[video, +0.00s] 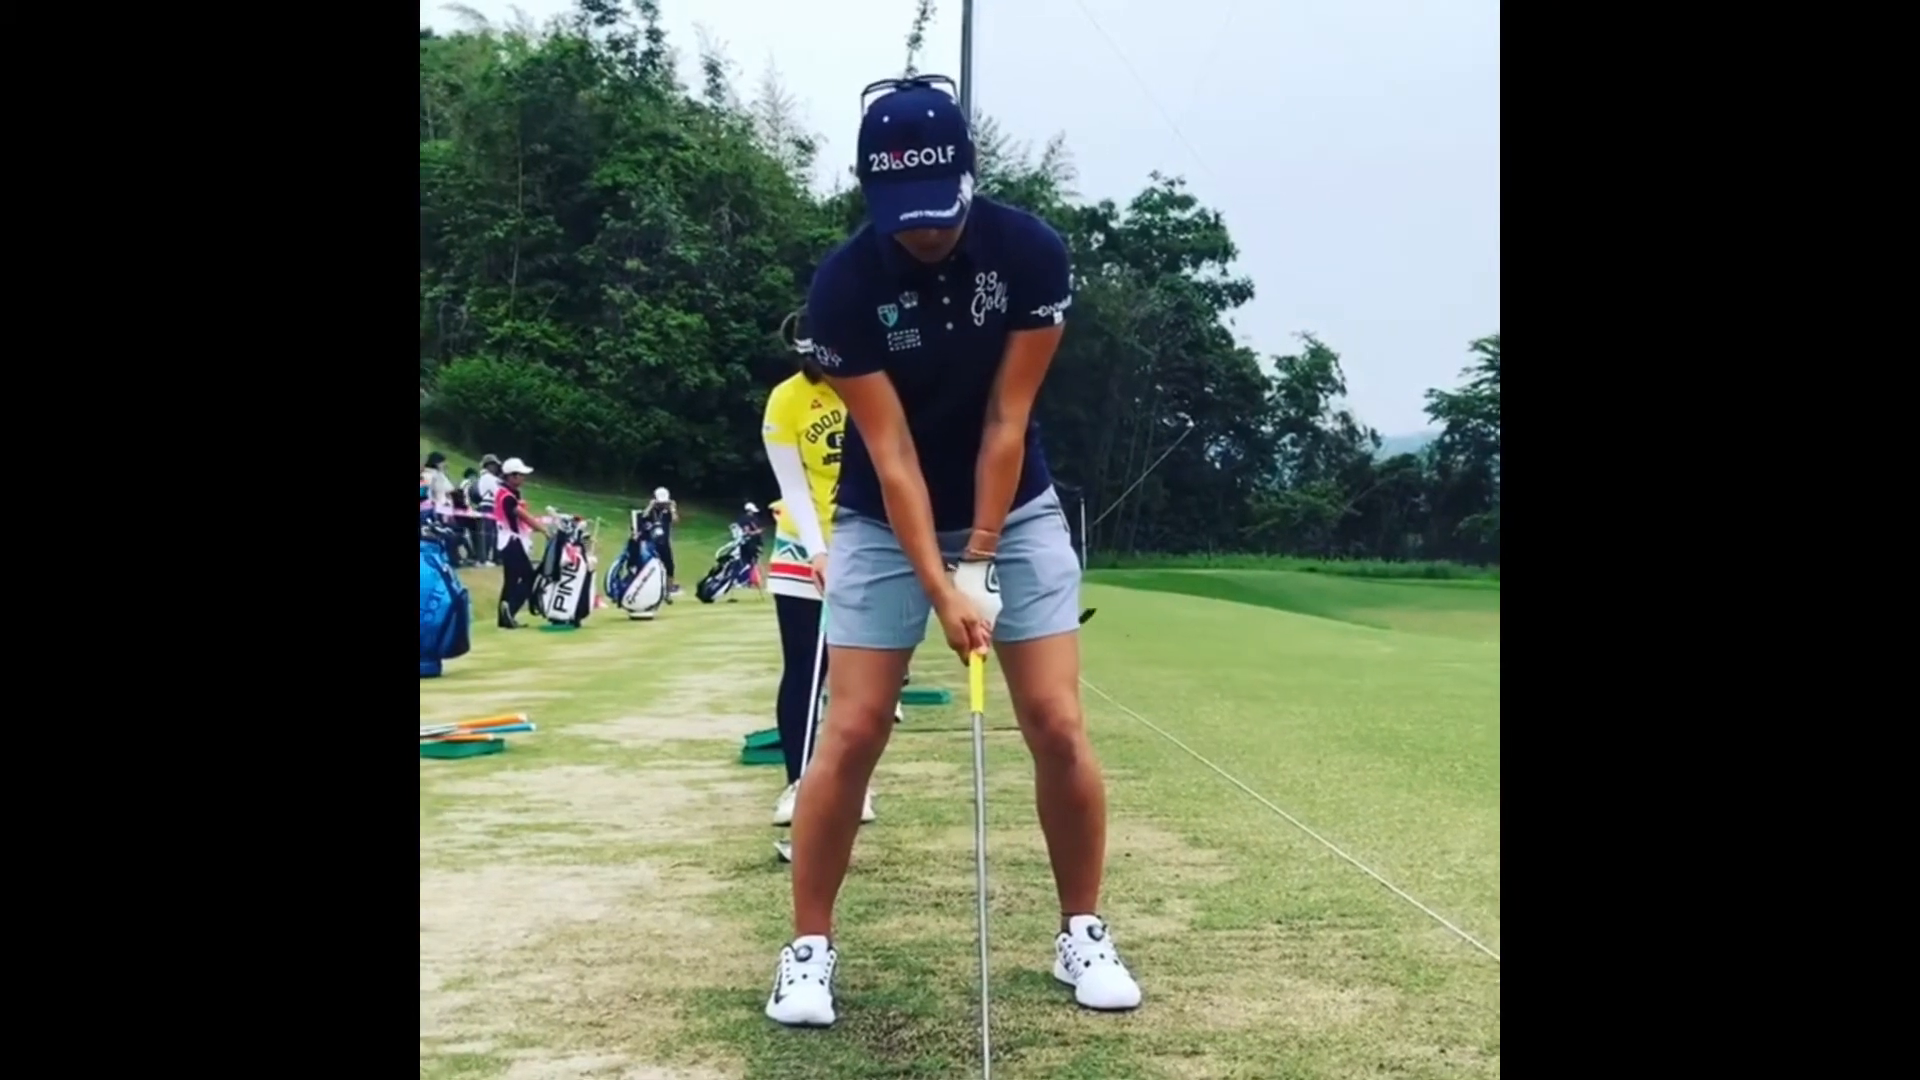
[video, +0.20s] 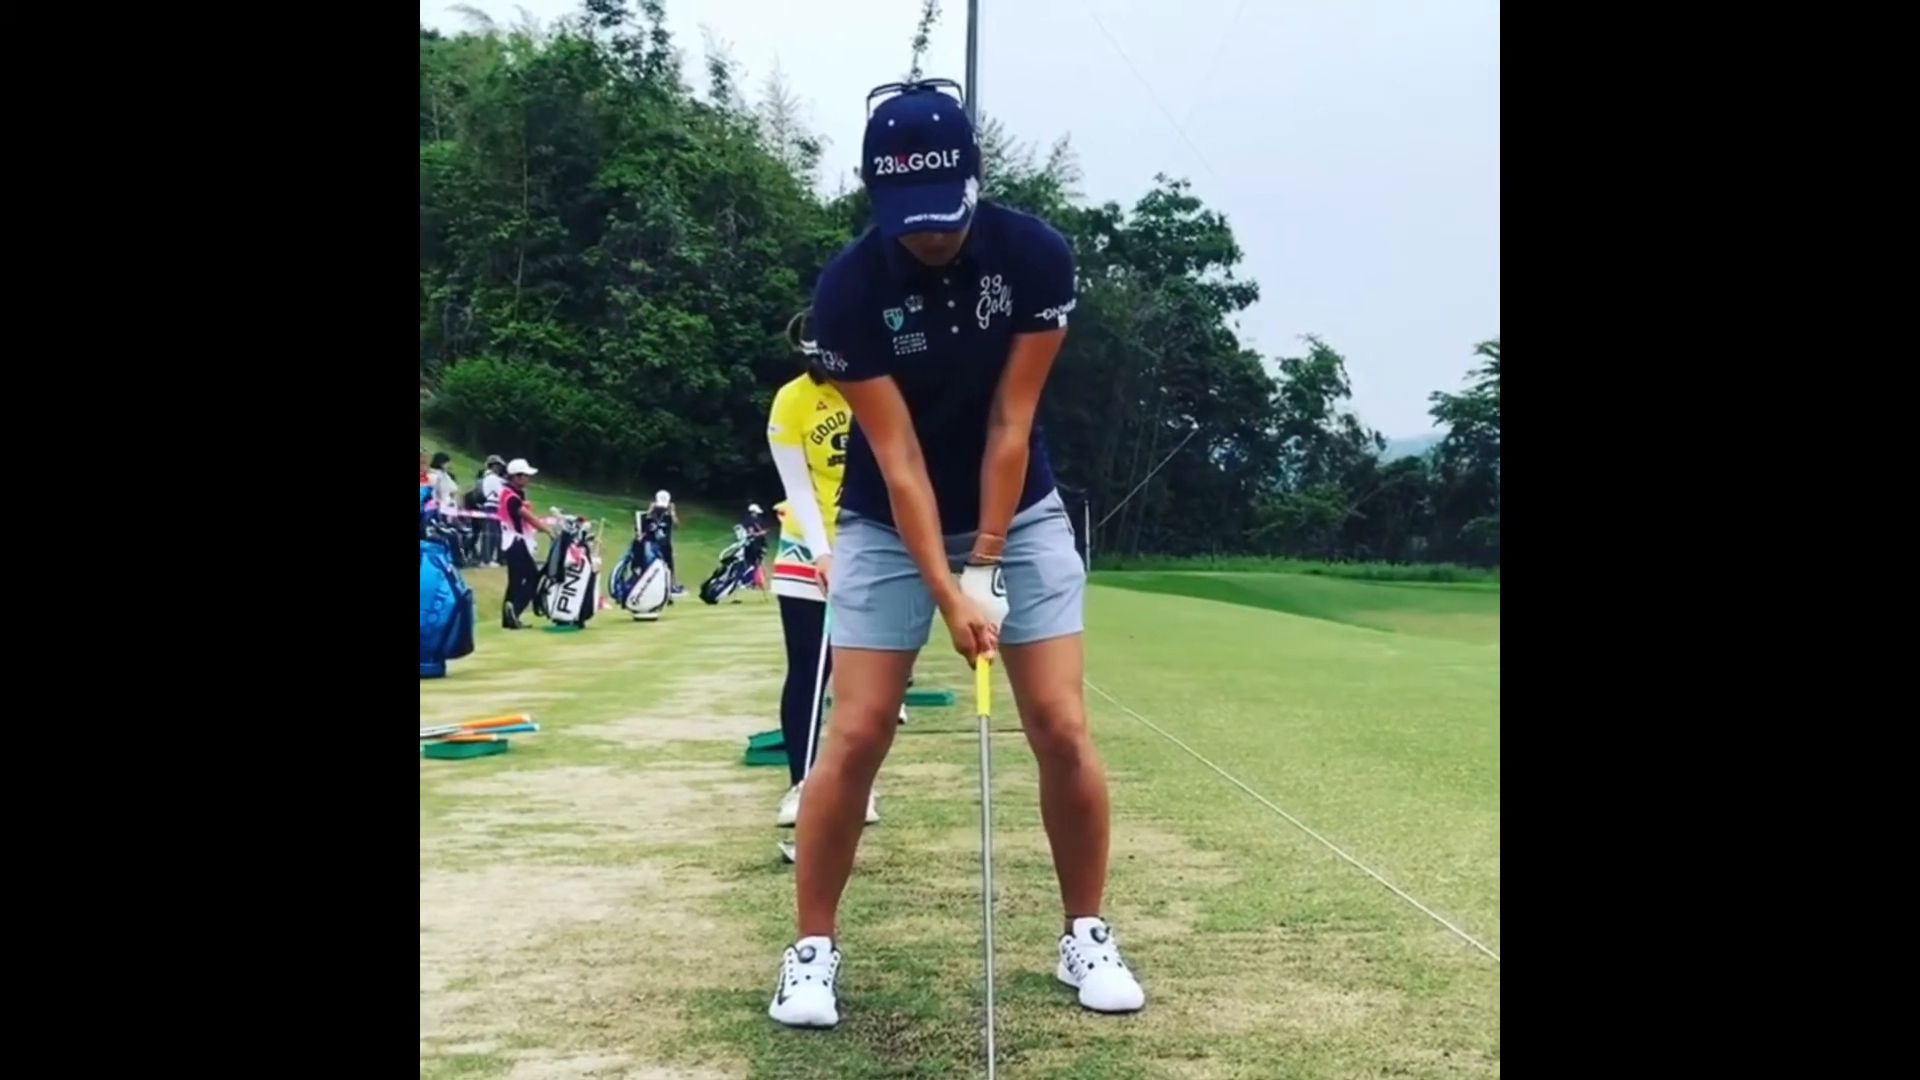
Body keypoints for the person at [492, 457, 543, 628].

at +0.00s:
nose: (523, 479)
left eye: (523, 476)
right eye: (520, 476)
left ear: (512, 478)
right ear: (511, 477)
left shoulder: (507, 493)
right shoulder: (507, 497)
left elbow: (523, 515)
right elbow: (525, 517)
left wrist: (540, 524)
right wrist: (543, 529)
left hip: (508, 538)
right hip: (511, 540)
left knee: (511, 578)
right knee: (528, 575)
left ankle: (504, 616)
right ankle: (510, 608)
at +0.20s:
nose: (527, 480)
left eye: (527, 476)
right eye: (524, 476)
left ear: (516, 478)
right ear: (515, 478)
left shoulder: (510, 494)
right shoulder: (512, 498)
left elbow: (527, 516)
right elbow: (529, 518)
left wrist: (544, 524)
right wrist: (548, 530)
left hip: (512, 538)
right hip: (516, 540)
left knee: (515, 579)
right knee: (533, 576)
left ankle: (508, 616)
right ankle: (515, 608)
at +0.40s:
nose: (533, 482)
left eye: (533, 478)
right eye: (530, 478)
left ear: (521, 480)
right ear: (521, 479)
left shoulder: (514, 495)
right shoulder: (516, 499)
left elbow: (532, 518)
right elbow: (533, 519)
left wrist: (550, 525)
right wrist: (552, 531)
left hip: (517, 540)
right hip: (520, 542)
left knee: (519, 580)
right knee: (537, 577)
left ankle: (513, 618)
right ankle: (519, 610)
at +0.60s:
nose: (538, 485)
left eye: (538, 481)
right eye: (535, 481)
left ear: (528, 483)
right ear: (526, 483)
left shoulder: (522, 499)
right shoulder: (522, 503)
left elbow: (538, 522)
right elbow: (539, 523)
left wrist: (556, 528)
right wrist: (557, 533)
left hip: (524, 544)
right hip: (526, 546)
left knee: (525, 584)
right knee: (543, 581)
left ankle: (519, 622)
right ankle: (525, 613)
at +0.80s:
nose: (544, 488)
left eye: (544, 484)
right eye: (541, 484)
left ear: (533, 486)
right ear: (531, 485)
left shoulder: (527, 502)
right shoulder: (527, 506)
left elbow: (543, 524)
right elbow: (544, 525)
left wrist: (560, 531)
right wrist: (562, 536)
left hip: (531, 548)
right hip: (530, 549)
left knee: (530, 586)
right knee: (548, 583)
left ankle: (524, 623)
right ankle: (529, 618)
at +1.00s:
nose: (545, 491)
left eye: (546, 488)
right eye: (542, 488)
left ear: (535, 490)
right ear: (533, 489)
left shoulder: (529, 506)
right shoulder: (529, 510)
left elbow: (544, 528)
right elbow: (547, 530)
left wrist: (561, 535)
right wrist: (564, 540)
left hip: (532, 551)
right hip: (533, 553)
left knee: (532, 590)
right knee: (549, 587)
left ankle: (526, 627)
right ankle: (531, 619)